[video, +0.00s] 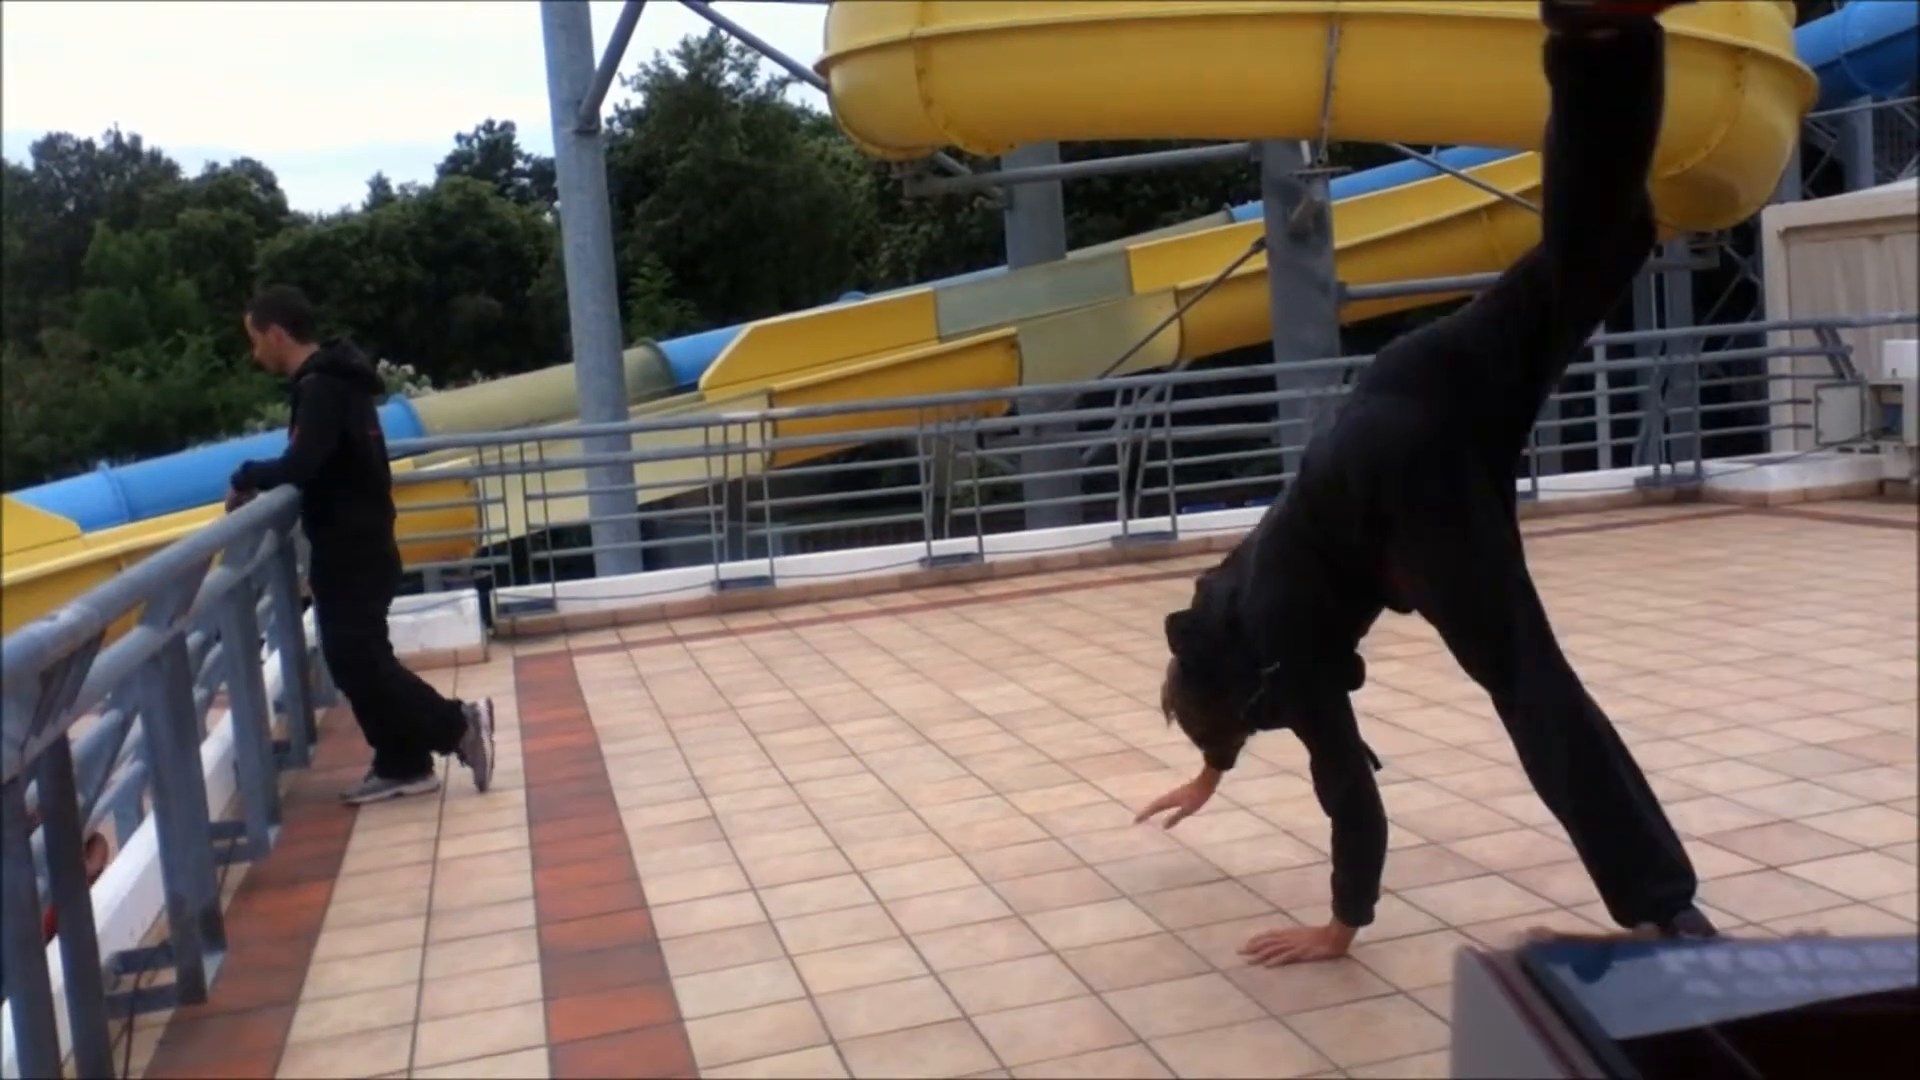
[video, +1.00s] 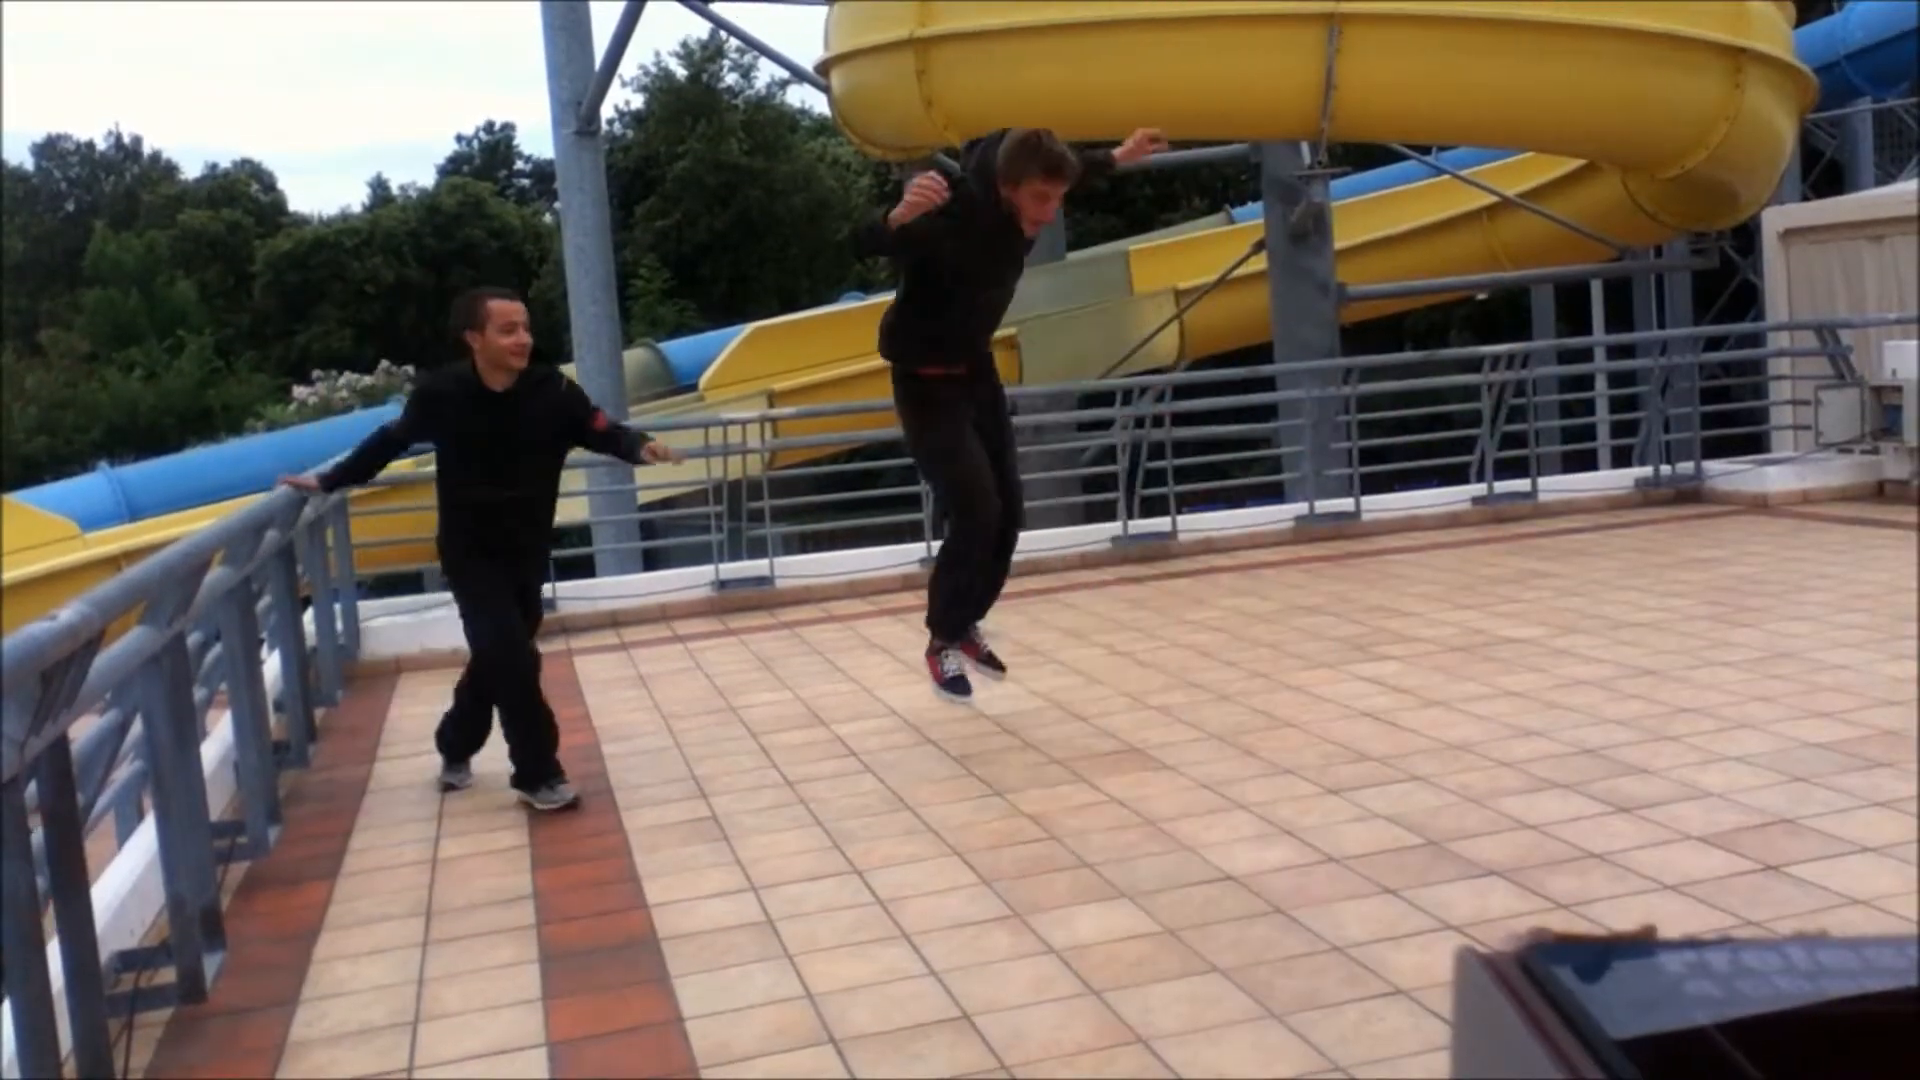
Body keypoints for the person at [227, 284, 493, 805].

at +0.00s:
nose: (254, 354)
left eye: (255, 340)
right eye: (252, 342)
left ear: (278, 333)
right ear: (291, 332)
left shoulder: (320, 384)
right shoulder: (332, 376)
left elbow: (304, 466)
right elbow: (315, 465)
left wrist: (247, 478)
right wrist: (260, 481)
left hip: (351, 552)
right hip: (356, 549)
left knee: (354, 664)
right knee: (359, 660)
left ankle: (457, 726)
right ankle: (401, 766)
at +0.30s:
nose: (314, 332)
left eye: (325, 322)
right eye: (303, 322)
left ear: (343, 328)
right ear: (289, 330)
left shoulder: (361, 383)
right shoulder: (323, 387)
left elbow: (342, 466)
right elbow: (333, 459)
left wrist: (273, 458)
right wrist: (282, 470)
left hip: (402, 543)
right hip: (371, 543)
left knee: (389, 650)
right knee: (357, 652)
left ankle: (482, 721)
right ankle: (400, 763)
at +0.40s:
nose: (344, 319)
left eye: (355, 310)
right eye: (332, 309)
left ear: (369, 319)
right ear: (313, 319)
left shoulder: (398, 378)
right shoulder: (323, 383)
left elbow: (403, 461)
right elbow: (326, 452)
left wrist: (321, 456)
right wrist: (293, 470)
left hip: (419, 531)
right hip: (371, 535)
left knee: (418, 644)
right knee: (365, 654)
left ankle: (467, 730)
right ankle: (400, 760)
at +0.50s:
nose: (385, 316)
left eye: (393, 308)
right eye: (372, 306)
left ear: (402, 317)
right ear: (344, 316)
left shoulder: (430, 375)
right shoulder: (335, 385)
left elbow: (468, 451)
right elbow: (315, 444)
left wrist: (396, 465)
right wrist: (272, 496)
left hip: (442, 530)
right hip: (383, 532)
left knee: (441, 646)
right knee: (360, 644)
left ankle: (452, 753)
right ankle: (392, 756)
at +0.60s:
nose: (422, 321)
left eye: (427, 312)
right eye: (409, 311)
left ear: (434, 320)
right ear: (378, 319)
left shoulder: (459, 379)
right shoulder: (358, 388)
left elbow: (514, 447)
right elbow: (329, 439)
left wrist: (470, 454)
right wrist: (281, 477)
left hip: (458, 535)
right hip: (396, 538)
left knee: (462, 646)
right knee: (355, 640)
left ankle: (459, 753)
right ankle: (378, 746)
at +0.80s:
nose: (477, 302)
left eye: (481, 292)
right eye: (464, 293)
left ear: (485, 299)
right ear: (429, 300)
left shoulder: (503, 358)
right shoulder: (394, 365)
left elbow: (558, 428)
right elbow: (348, 418)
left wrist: (542, 428)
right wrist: (303, 461)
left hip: (490, 523)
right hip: (429, 527)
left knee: (483, 641)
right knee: (448, 644)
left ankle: (463, 753)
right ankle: (470, 762)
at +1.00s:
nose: (522, 339)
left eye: (526, 329)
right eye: (508, 331)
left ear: (531, 333)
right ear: (473, 340)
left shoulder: (550, 392)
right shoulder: (443, 397)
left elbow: (599, 430)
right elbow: (388, 442)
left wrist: (638, 445)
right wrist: (328, 480)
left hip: (528, 550)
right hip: (469, 551)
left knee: (502, 655)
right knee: (511, 654)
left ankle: (456, 746)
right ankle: (538, 775)